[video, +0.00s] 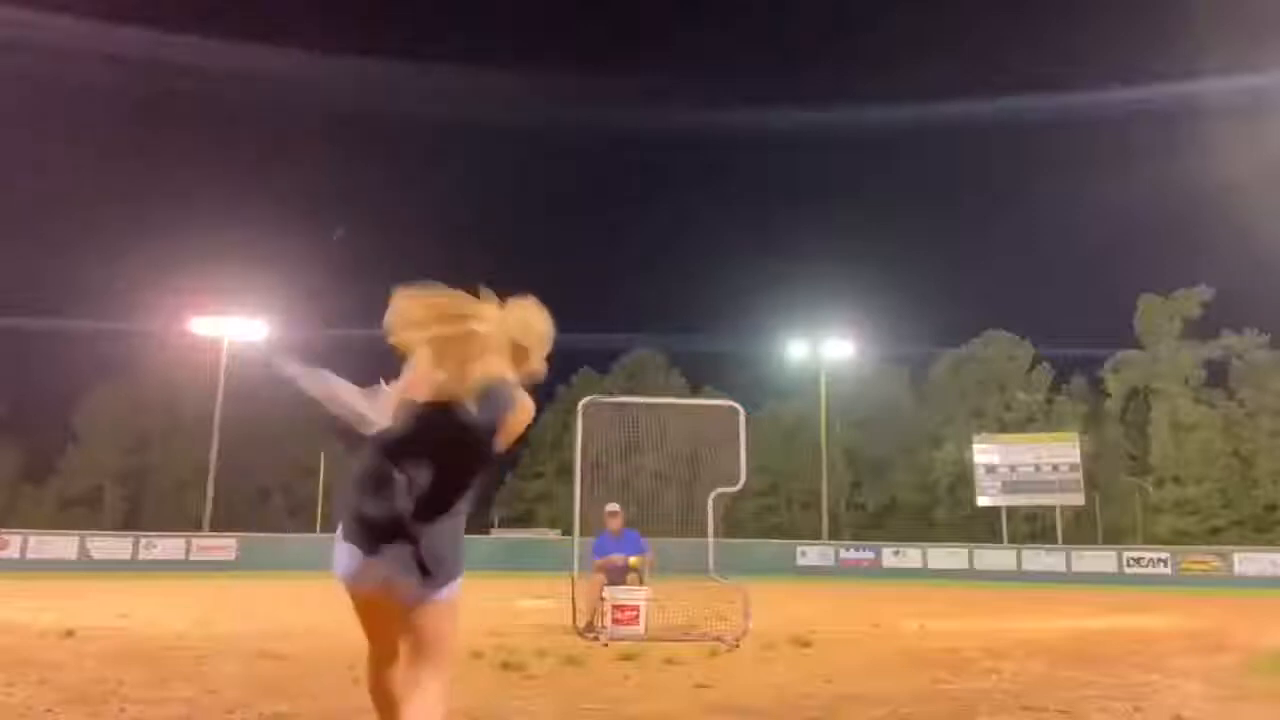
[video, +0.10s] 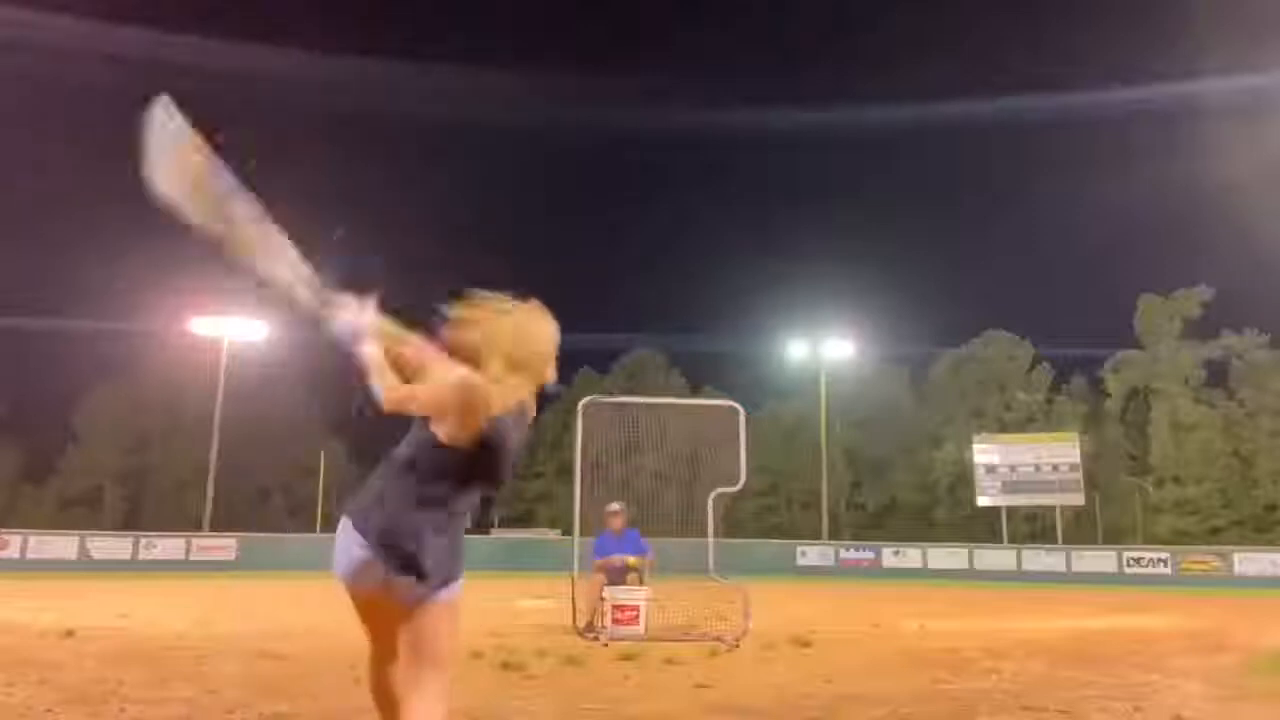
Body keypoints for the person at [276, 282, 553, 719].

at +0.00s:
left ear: (439, 336)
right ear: (505, 348)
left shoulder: (415, 378)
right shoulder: (509, 407)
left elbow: (374, 413)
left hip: (364, 535)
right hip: (434, 542)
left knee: (382, 653)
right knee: (430, 669)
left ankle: (393, 718)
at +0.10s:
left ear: (487, 343)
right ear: (533, 356)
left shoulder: (465, 387)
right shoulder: (521, 405)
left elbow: (390, 396)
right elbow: (426, 356)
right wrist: (372, 325)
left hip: (369, 532)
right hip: (435, 546)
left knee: (384, 653)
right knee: (428, 682)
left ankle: (393, 715)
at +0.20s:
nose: (482, 330)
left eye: (489, 324)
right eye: (489, 327)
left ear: (493, 335)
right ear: (539, 348)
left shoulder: (469, 390)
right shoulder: (515, 395)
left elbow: (376, 366)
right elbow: (433, 341)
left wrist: (365, 295)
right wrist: (401, 283)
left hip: (372, 542)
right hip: (435, 561)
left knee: (384, 654)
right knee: (427, 686)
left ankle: (397, 718)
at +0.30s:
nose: (480, 332)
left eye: (483, 323)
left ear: (483, 326)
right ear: (531, 338)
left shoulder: (462, 386)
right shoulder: (517, 390)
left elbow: (379, 321)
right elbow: (432, 333)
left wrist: (410, 259)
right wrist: (444, 283)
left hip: (368, 534)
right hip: (434, 550)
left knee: (387, 651)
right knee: (427, 682)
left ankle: (398, 719)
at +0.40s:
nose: (472, 325)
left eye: (478, 319)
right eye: (476, 321)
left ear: (481, 328)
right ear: (532, 342)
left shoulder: (463, 384)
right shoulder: (519, 393)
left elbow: (377, 329)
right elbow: (433, 336)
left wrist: (386, 258)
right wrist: (423, 275)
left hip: (373, 533)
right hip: (438, 552)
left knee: (387, 651)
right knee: (427, 682)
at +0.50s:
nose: (470, 326)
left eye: (475, 319)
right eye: (474, 321)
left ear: (480, 326)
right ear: (531, 339)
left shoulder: (460, 377)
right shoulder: (516, 398)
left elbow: (382, 358)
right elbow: (429, 345)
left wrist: (361, 298)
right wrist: (382, 288)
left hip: (378, 533)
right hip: (445, 555)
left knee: (389, 650)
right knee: (427, 689)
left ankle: (396, 718)